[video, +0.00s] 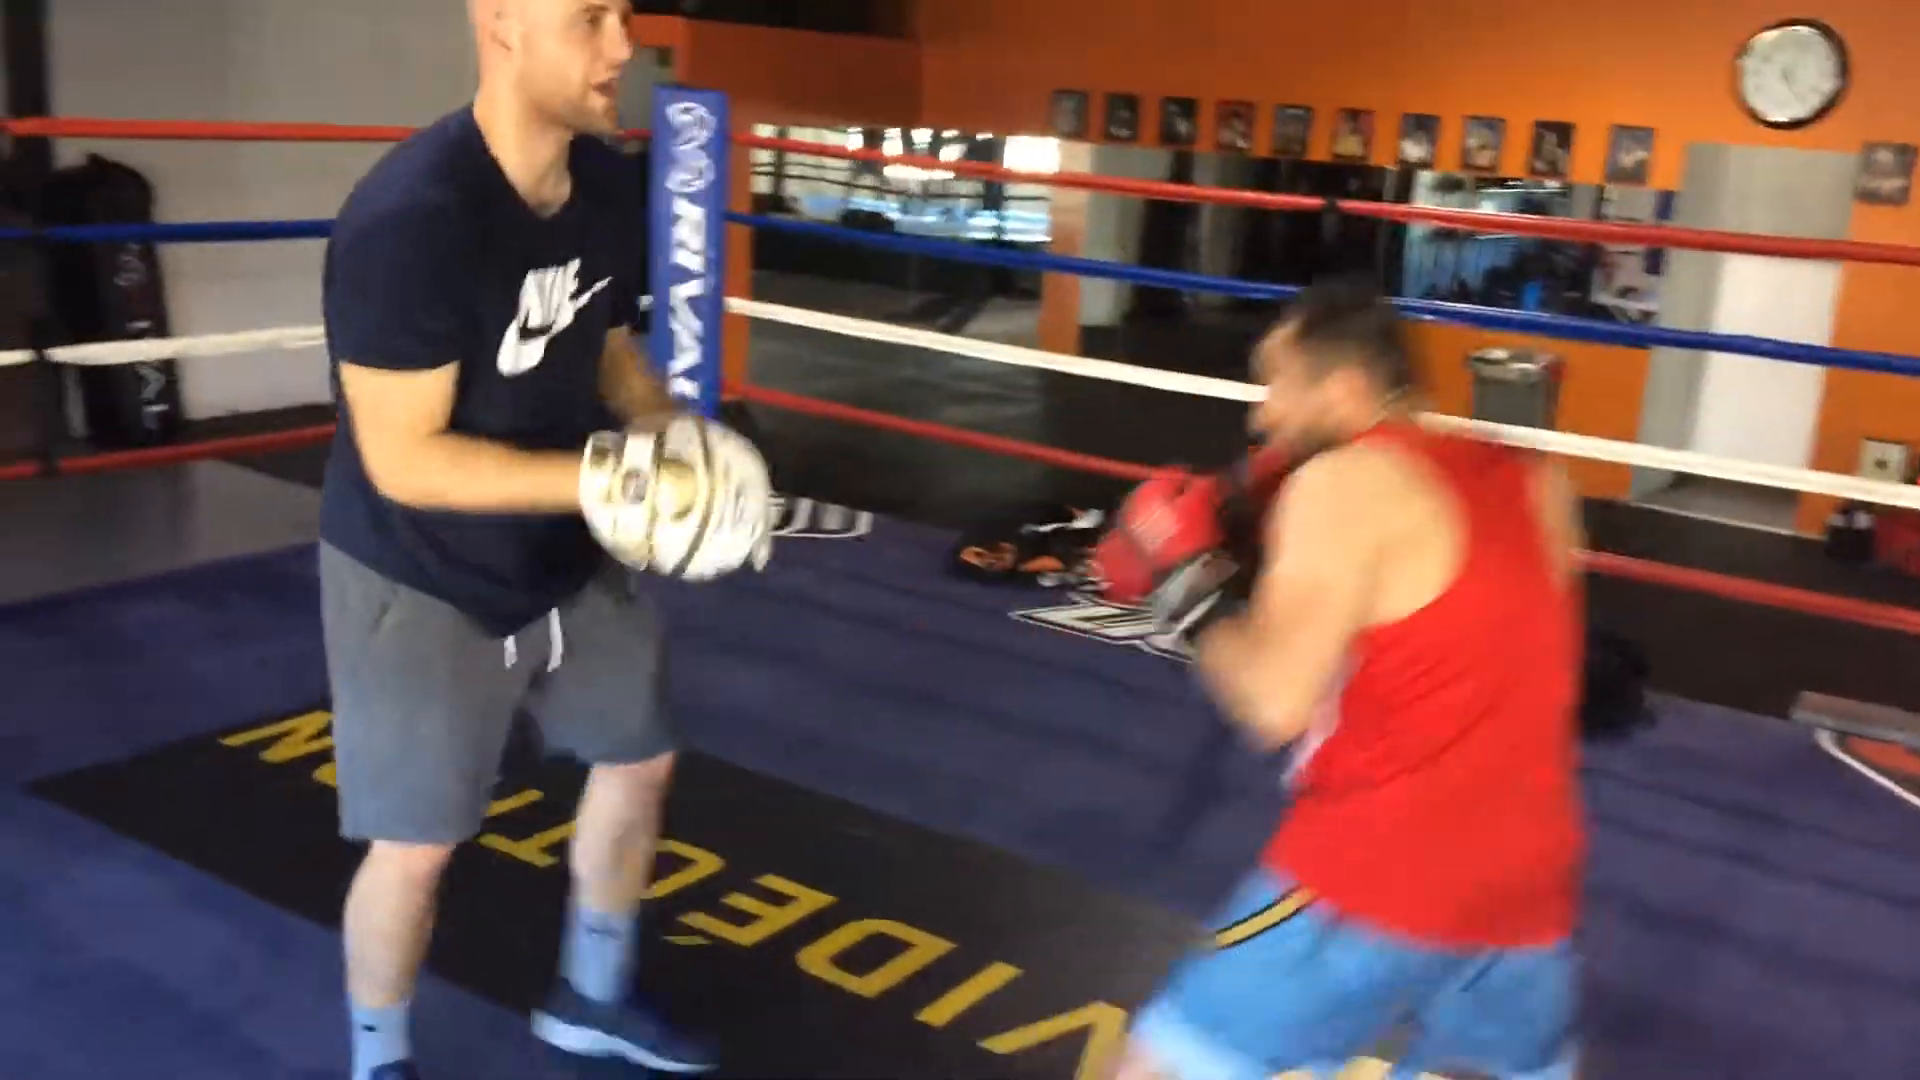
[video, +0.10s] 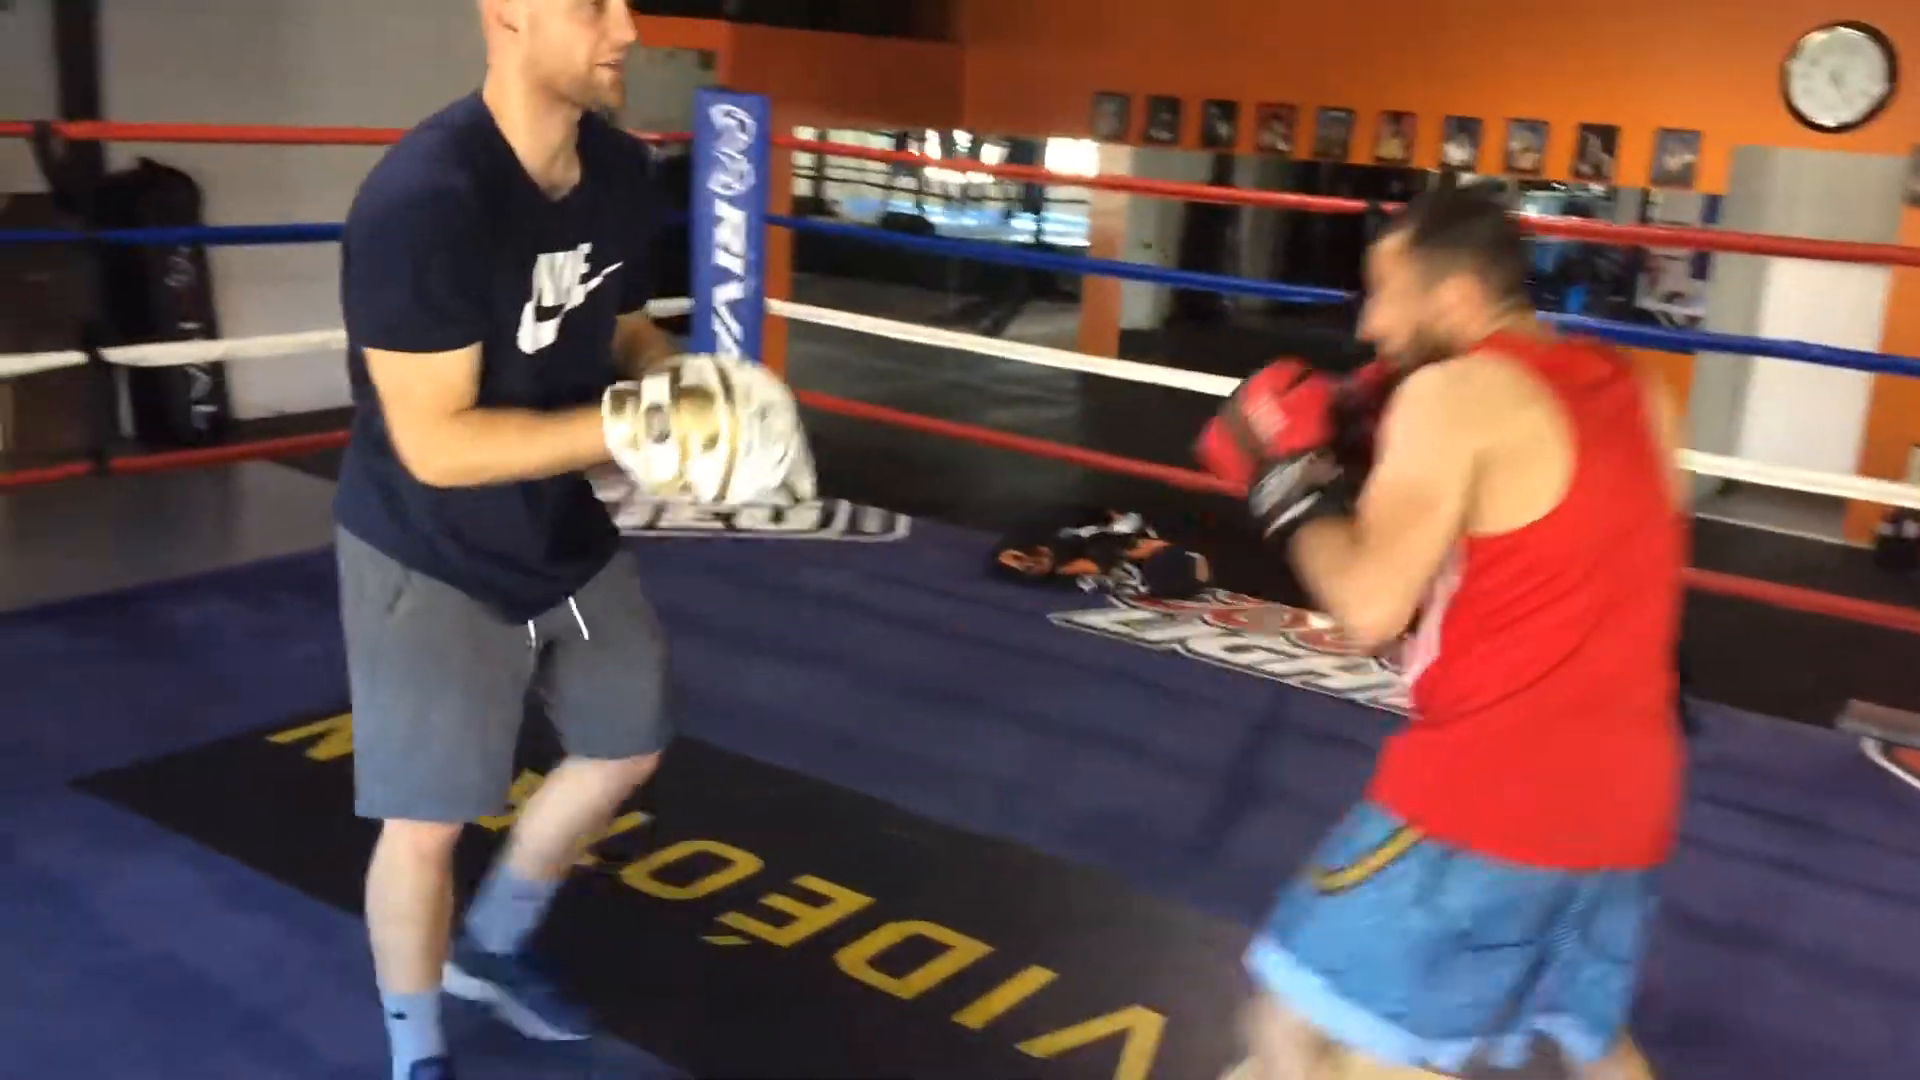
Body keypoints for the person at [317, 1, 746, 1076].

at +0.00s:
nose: (622, 49)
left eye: (624, 21)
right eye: (590, 20)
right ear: (498, 30)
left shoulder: (611, 182)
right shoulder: (402, 222)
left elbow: (610, 351)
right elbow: (401, 464)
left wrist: (682, 439)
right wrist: (606, 480)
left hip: (568, 536)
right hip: (413, 562)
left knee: (639, 752)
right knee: (418, 834)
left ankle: (592, 1000)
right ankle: (379, 1061)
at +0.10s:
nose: (627, 28)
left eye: (624, 5)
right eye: (595, 6)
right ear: (507, 21)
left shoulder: (620, 171)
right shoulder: (420, 200)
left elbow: (605, 323)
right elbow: (434, 449)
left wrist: (693, 389)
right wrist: (640, 430)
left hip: (567, 530)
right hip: (427, 550)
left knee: (622, 744)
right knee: (428, 812)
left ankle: (488, 949)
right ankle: (416, 1058)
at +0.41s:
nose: (648, 66)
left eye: (651, 39)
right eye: (620, 37)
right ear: (534, 41)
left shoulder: (611, 216)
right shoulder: (432, 202)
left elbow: (604, 389)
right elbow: (418, 435)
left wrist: (711, 408)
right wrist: (608, 413)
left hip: (494, 542)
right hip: (377, 541)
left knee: (410, 787)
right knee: (447, 804)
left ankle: (375, 999)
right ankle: (416, 1056)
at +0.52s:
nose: (639, 74)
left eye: (639, 48)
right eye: (615, 48)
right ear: (529, 45)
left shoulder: (583, 222)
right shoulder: (417, 201)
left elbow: (541, 400)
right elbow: (379, 430)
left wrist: (650, 420)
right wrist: (574, 422)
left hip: (469, 555)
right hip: (354, 548)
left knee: (398, 798)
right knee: (412, 816)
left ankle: (364, 988)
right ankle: (345, 1053)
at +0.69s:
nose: (601, 97)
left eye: (599, 70)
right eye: (580, 70)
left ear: (504, 71)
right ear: (493, 69)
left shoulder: (534, 230)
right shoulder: (378, 223)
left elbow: (485, 417)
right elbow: (364, 468)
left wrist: (589, 425)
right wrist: (562, 442)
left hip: (440, 575)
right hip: (318, 581)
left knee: (434, 808)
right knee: (327, 839)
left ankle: (328, 1027)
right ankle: (290, 1065)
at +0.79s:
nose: (573, 126)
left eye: (572, 101)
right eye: (553, 103)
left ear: (483, 103)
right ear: (467, 101)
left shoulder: (496, 245)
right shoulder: (363, 261)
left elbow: (449, 420)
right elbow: (394, 510)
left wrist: (566, 420)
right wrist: (588, 457)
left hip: (415, 586)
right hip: (286, 601)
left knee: (501, 780)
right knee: (305, 869)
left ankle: (362, 996)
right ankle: (260, 1067)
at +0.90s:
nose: (572, 130)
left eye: (571, 106)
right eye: (554, 106)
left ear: (480, 105)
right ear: (470, 102)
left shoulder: (484, 244)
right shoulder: (370, 263)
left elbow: (456, 418)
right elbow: (411, 507)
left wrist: (578, 407)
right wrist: (588, 440)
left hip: (409, 582)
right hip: (287, 602)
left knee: (503, 767)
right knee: (300, 872)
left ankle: (436, 1018)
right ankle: (244, 1069)